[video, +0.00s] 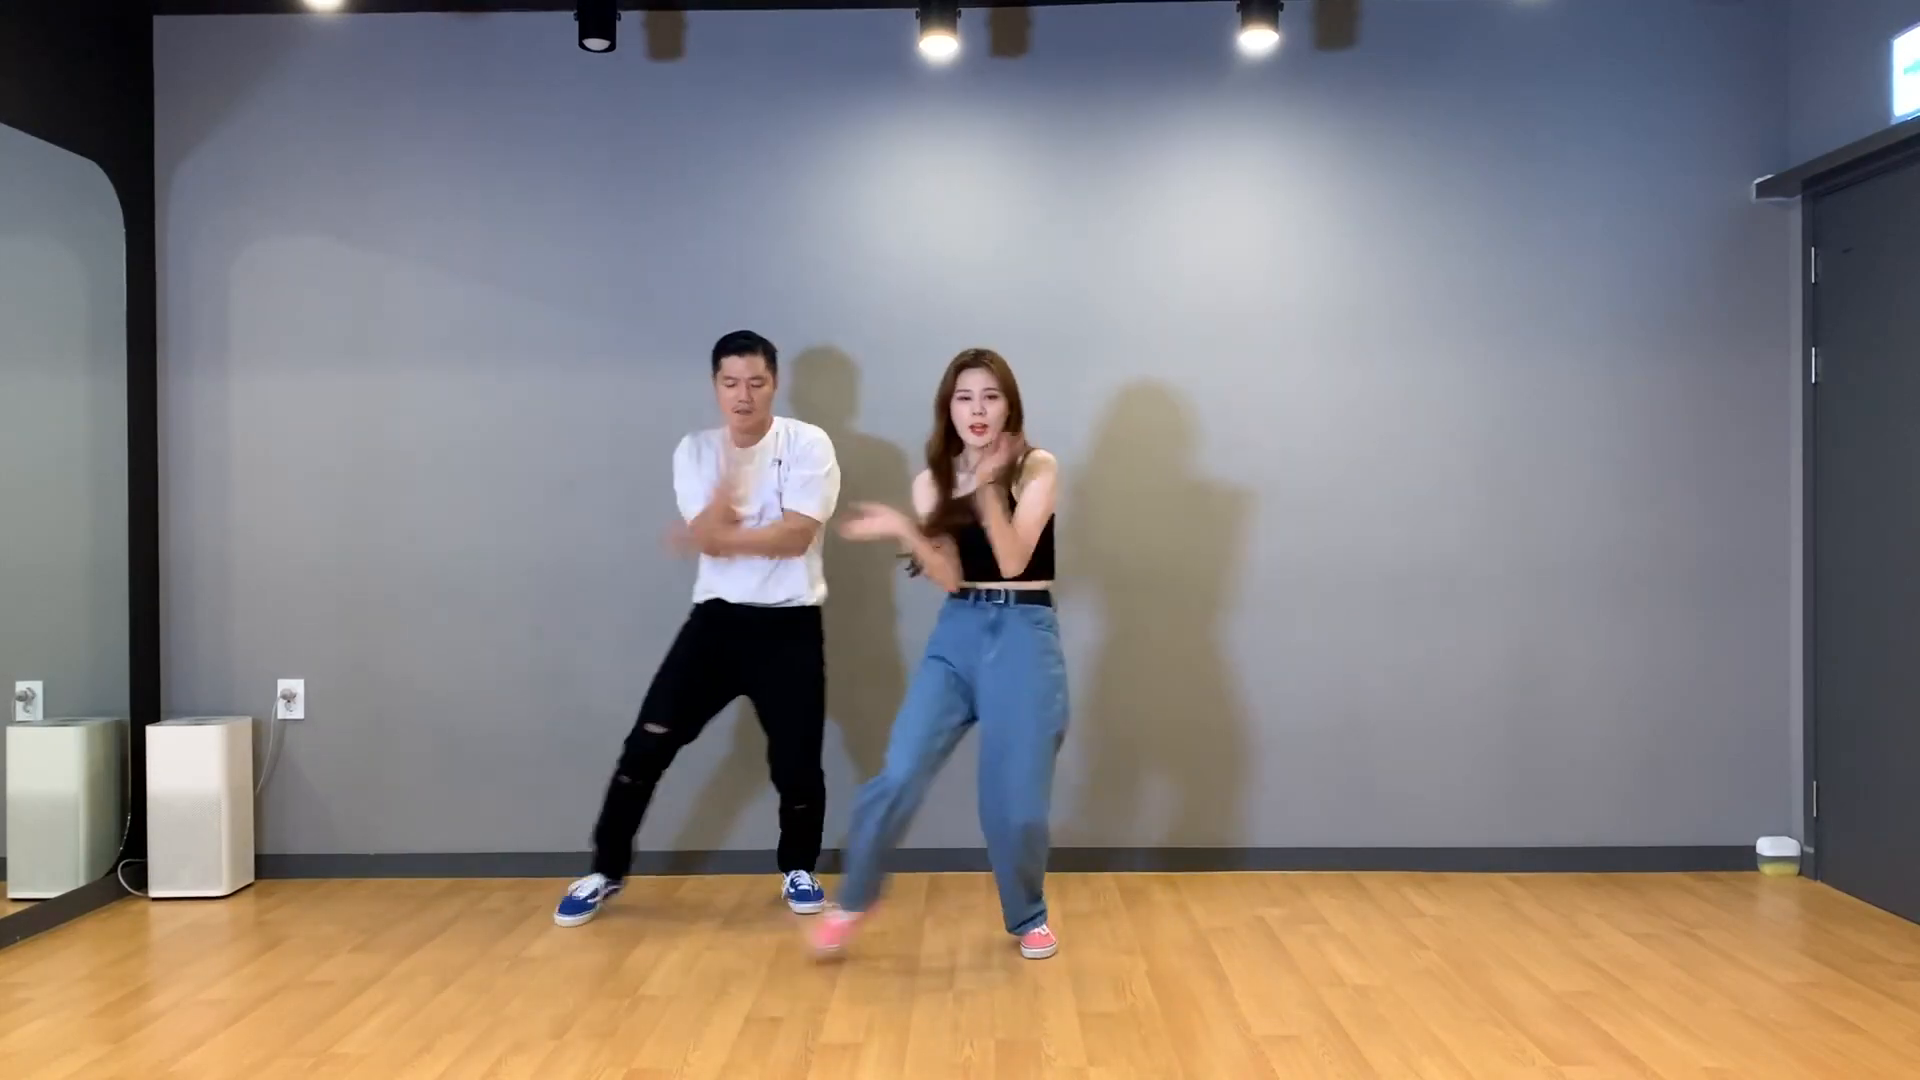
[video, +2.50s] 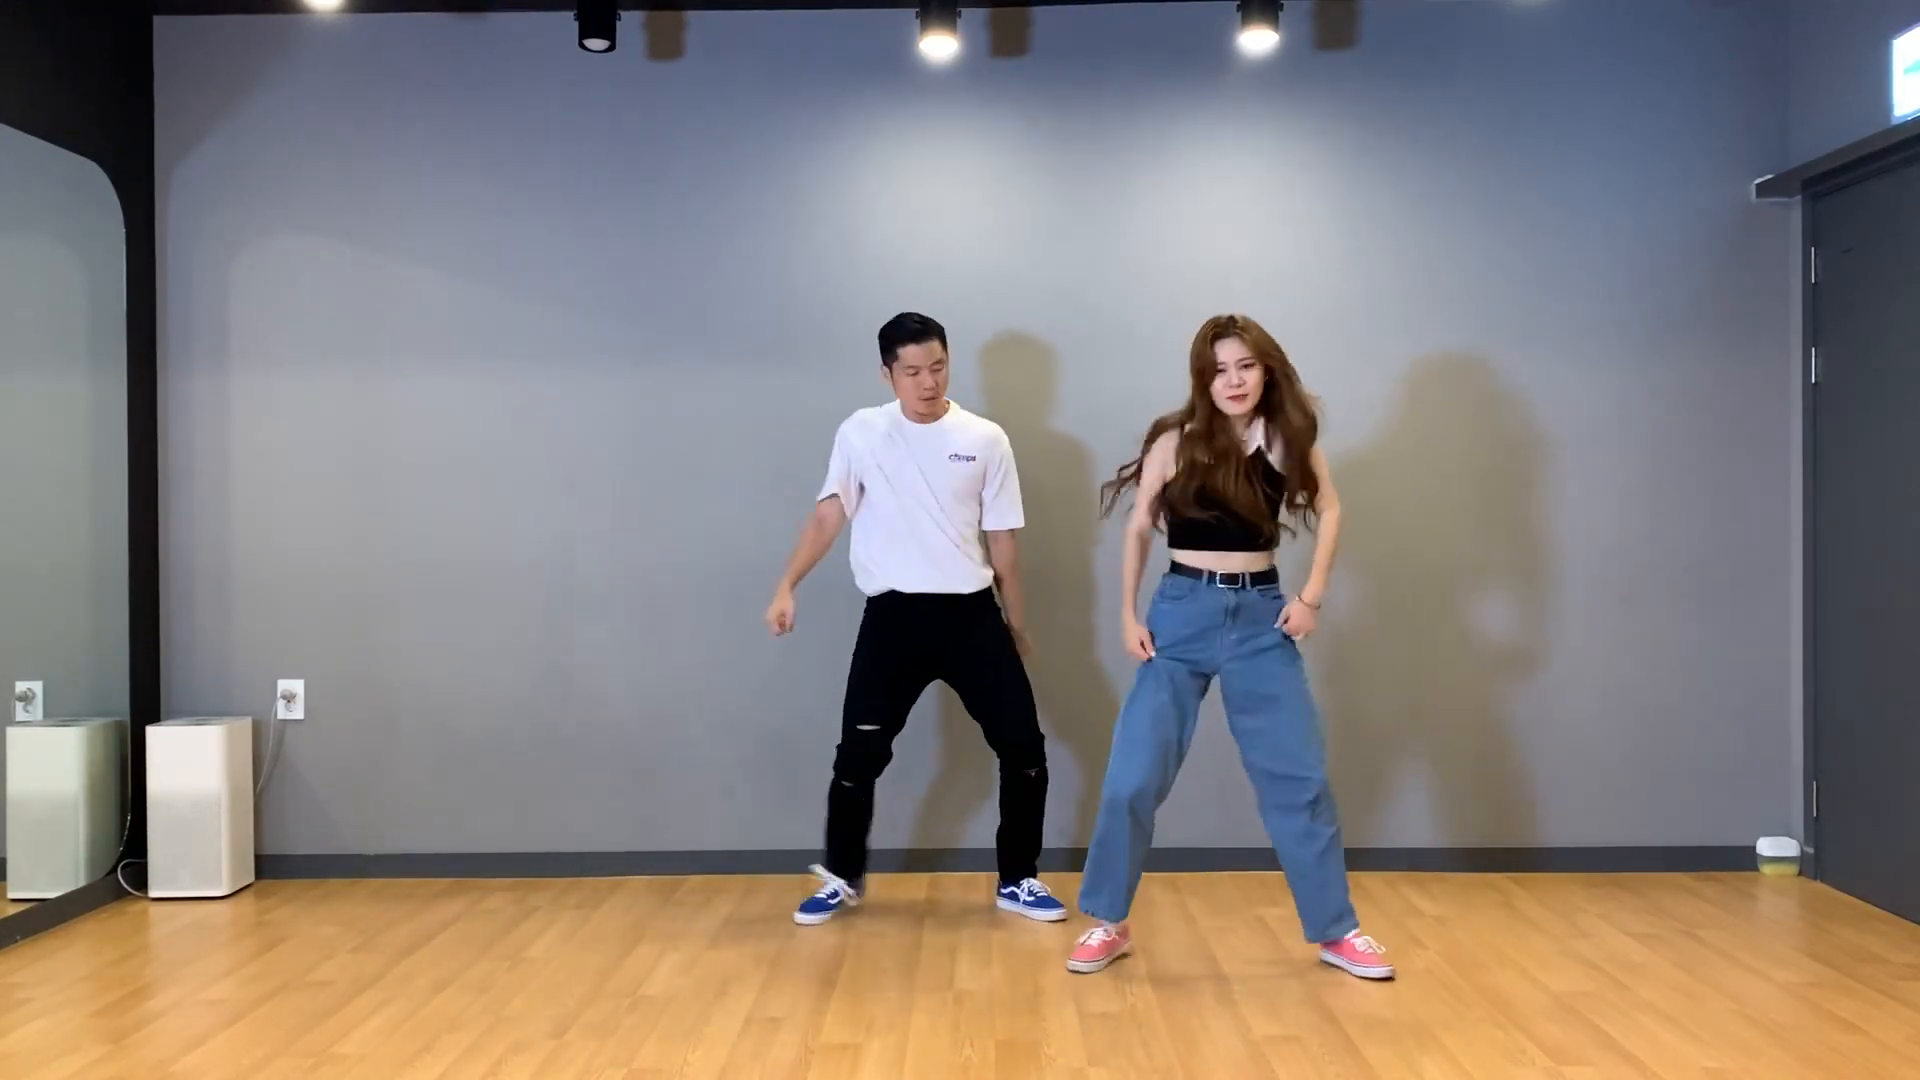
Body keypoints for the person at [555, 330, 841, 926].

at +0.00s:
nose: (743, 394)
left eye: (755, 383)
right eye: (731, 383)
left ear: (774, 386)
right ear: (716, 389)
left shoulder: (809, 445)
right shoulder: (695, 450)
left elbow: (797, 537)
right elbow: (707, 539)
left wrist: (716, 538)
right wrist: (725, 495)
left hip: (790, 626)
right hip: (716, 621)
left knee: (798, 762)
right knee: (648, 744)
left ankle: (799, 873)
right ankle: (608, 872)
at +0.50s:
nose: (844, 377)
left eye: (859, 369)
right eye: (833, 364)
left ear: (871, 383)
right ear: (811, 373)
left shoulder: (902, 454)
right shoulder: (778, 459)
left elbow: (967, 519)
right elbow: (727, 541)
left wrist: (999, 579)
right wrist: (644, 570)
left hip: (903, 621)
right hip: (827, 627)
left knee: (921, 760)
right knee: (833, 762)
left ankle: (866, 831)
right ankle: (863, 884)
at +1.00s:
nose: (917, 363)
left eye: (926, 349)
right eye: (902, 358)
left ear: (947, 355)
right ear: (891, 374)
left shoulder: (976, 413)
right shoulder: (914, 435)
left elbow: (1004, 507)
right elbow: (920, 522)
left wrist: (951, 584)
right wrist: (871, 543)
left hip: (948, 603)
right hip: (889, 600)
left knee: (969, 758)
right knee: (845, 742)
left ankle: (1049, 866)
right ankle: (864, 883)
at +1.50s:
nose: (925, 396)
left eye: (932, 379)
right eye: (913, 390)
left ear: (958, 372)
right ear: (907, 400)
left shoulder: (998, 441)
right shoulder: (926, 445)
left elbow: (931, 507)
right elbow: (891, 512)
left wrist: (902, 429)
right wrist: (864, 437)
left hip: (968, 622)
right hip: (909, 614)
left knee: (963, 776)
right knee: (845, 739)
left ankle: (1071, 860)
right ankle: (863, 883)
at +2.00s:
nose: (923, 375)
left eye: (933, 360)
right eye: (909, 366)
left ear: (957, 360)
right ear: (899, 375)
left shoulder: (1005, 439)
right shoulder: (884, 437)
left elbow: (1029, 533)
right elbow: (858, 525)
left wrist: (1023, 620)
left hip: (968, 622)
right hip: (892, 618)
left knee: (991, 758)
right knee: (831, 737)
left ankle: (1010, 877)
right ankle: (860, 881)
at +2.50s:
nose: (929, 381)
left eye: (937, 366)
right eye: (914, 371)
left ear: (949, 363)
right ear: (889, 373)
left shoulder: (986, 439)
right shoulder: (861, 431)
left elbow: (1002, 540)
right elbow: (828, 513)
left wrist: (1015, 624)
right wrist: (787, 584)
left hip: (972, 616)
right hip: (892, 618)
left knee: (1024, 747)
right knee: (858, 751)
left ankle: (1017, 881)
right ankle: (841, 879)